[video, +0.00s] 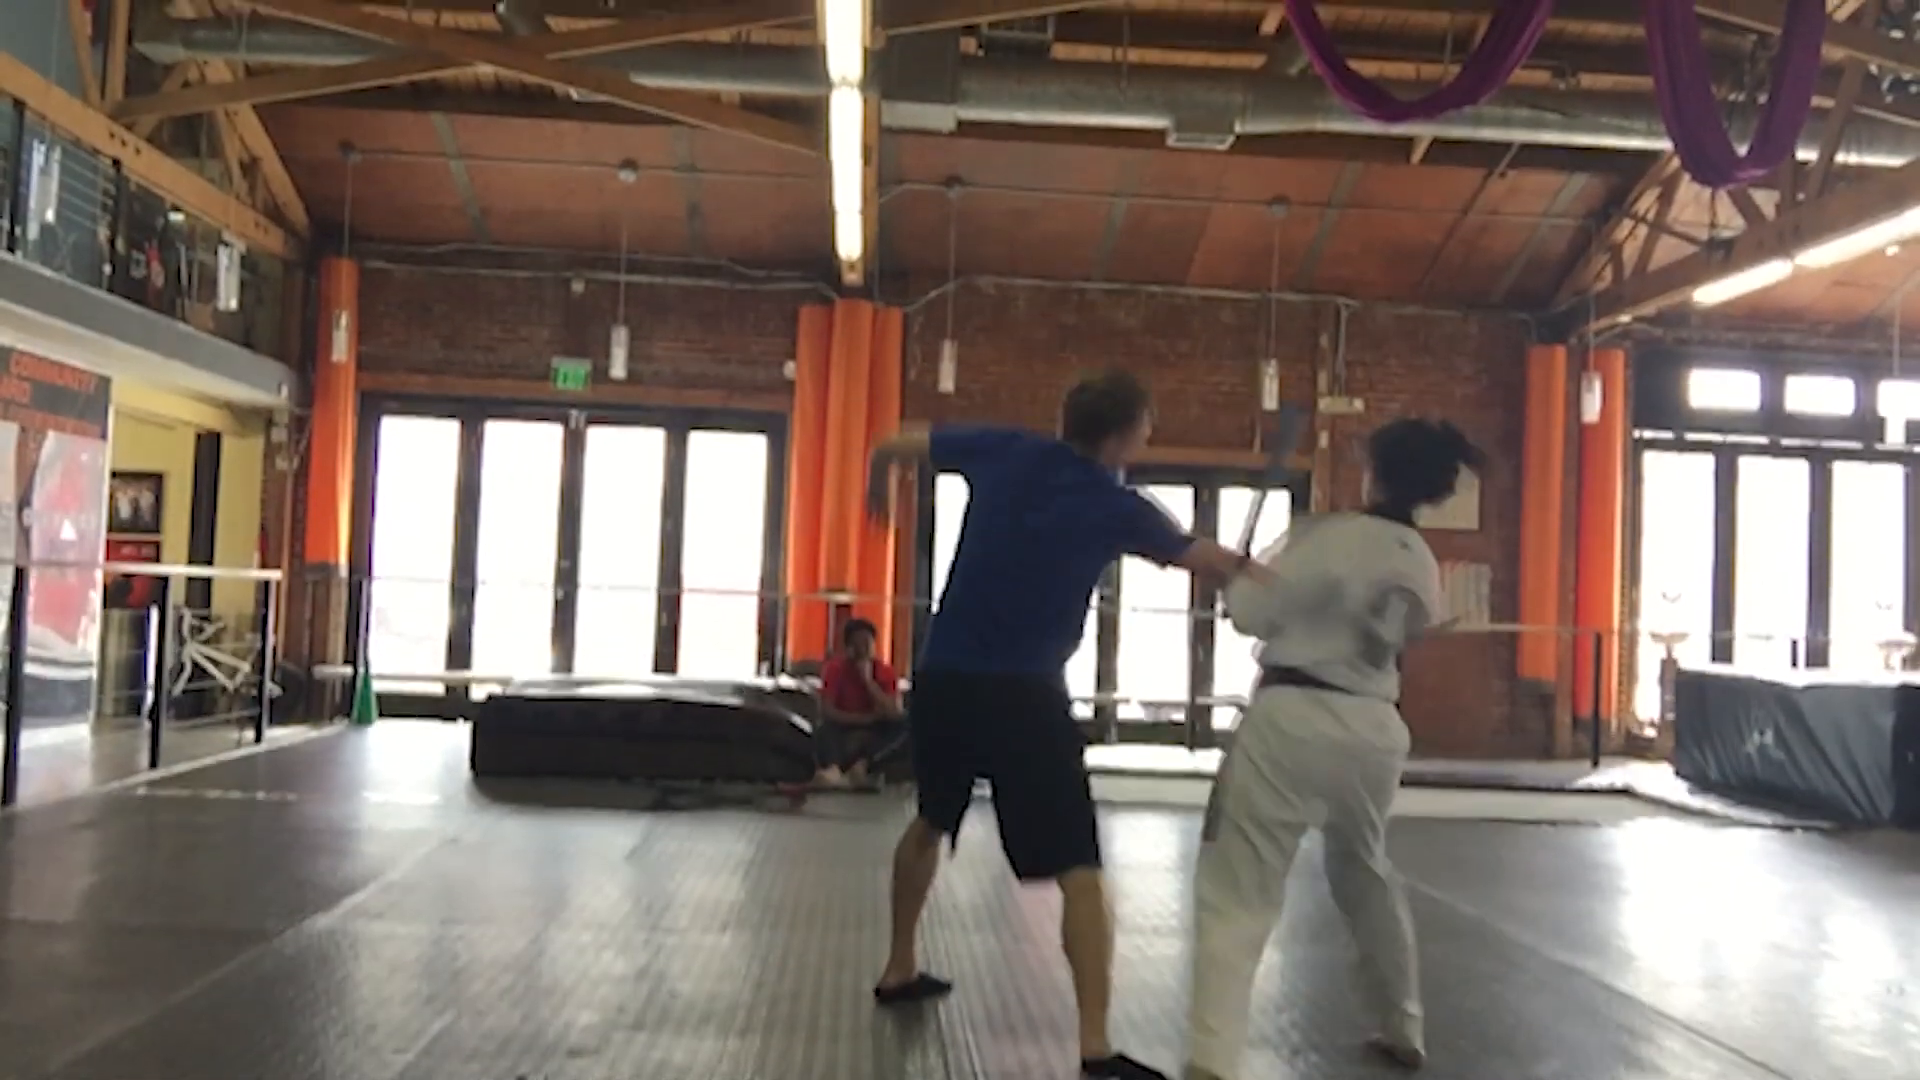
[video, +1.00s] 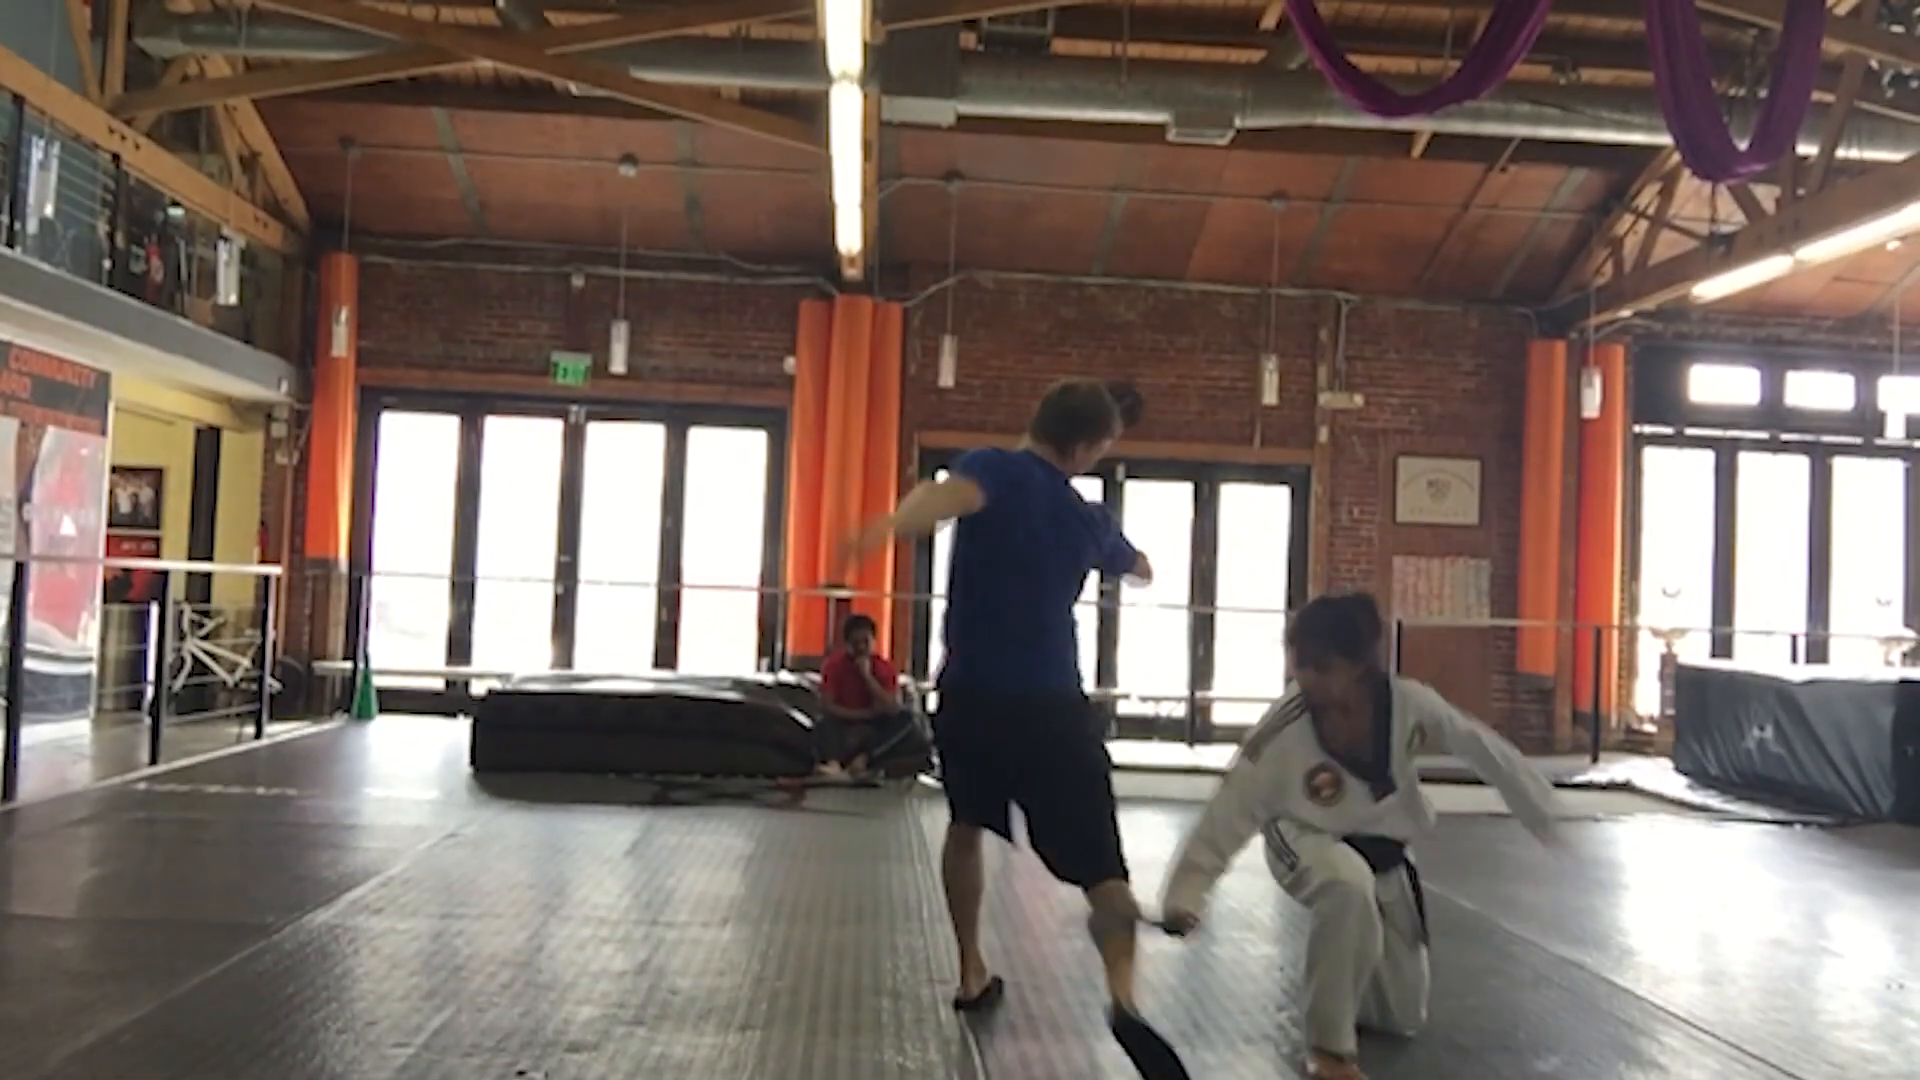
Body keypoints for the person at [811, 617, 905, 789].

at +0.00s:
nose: (863, 648)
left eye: (866, 642)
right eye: (858, 643)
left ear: (873, 643)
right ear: (848, 644)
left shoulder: (884, 671)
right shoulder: (835, 668)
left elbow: (893, 711)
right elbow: (828, 712)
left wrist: (868, 681)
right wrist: (869, 718)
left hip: (874, 725)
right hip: (843, 725)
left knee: (902, 728)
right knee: (826, 729)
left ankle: (864, 765)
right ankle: (832, 768)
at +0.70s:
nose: (862, 648)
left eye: (866, 642)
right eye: (856, 642)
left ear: (873, 642)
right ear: (847, 644)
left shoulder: (884, 668)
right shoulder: (834, 667)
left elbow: (892, 708)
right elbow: (827, 707)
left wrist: (867, 676)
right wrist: (868, 714)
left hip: (875, 721)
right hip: (843, 723)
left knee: (906, 721)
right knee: (822, 729)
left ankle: (866, 761)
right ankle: (832, 765)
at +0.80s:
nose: (861, 646)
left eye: (865, 640)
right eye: (855, 641)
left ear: (873, 640)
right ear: (847, 643)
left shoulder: (884, 667)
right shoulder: (834, 666)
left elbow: (892, 707)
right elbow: (827, 706)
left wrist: (868, 676)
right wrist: (869, 713)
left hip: (875, 720)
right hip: (842, 720)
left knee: (906, 720)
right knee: (821, 729)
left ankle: (866, 759)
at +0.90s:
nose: (861, 645)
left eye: (865, 639)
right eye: (856, 640)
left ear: (873, 638)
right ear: (847, 641)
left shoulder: (884, 665)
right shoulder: (834, 664)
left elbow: (892, 706)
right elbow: (827, 705)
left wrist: (868, 675)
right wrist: (869, 711)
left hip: (875, 718)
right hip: (842, 719)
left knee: (906, 718)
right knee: (821, 729)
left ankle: (866, 757)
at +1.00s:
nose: (861, 647)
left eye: (865, 641)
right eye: (856, 642)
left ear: (873, 641)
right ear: (847, 643)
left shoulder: (885, 668)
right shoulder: (833, 666)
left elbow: (892, 708)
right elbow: (827, 706)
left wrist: (868, 676)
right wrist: (868, 713)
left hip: (875, 719)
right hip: (842, 720)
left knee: (906, 719)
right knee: (823, 727)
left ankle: (865, 759)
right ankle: (833, 763)